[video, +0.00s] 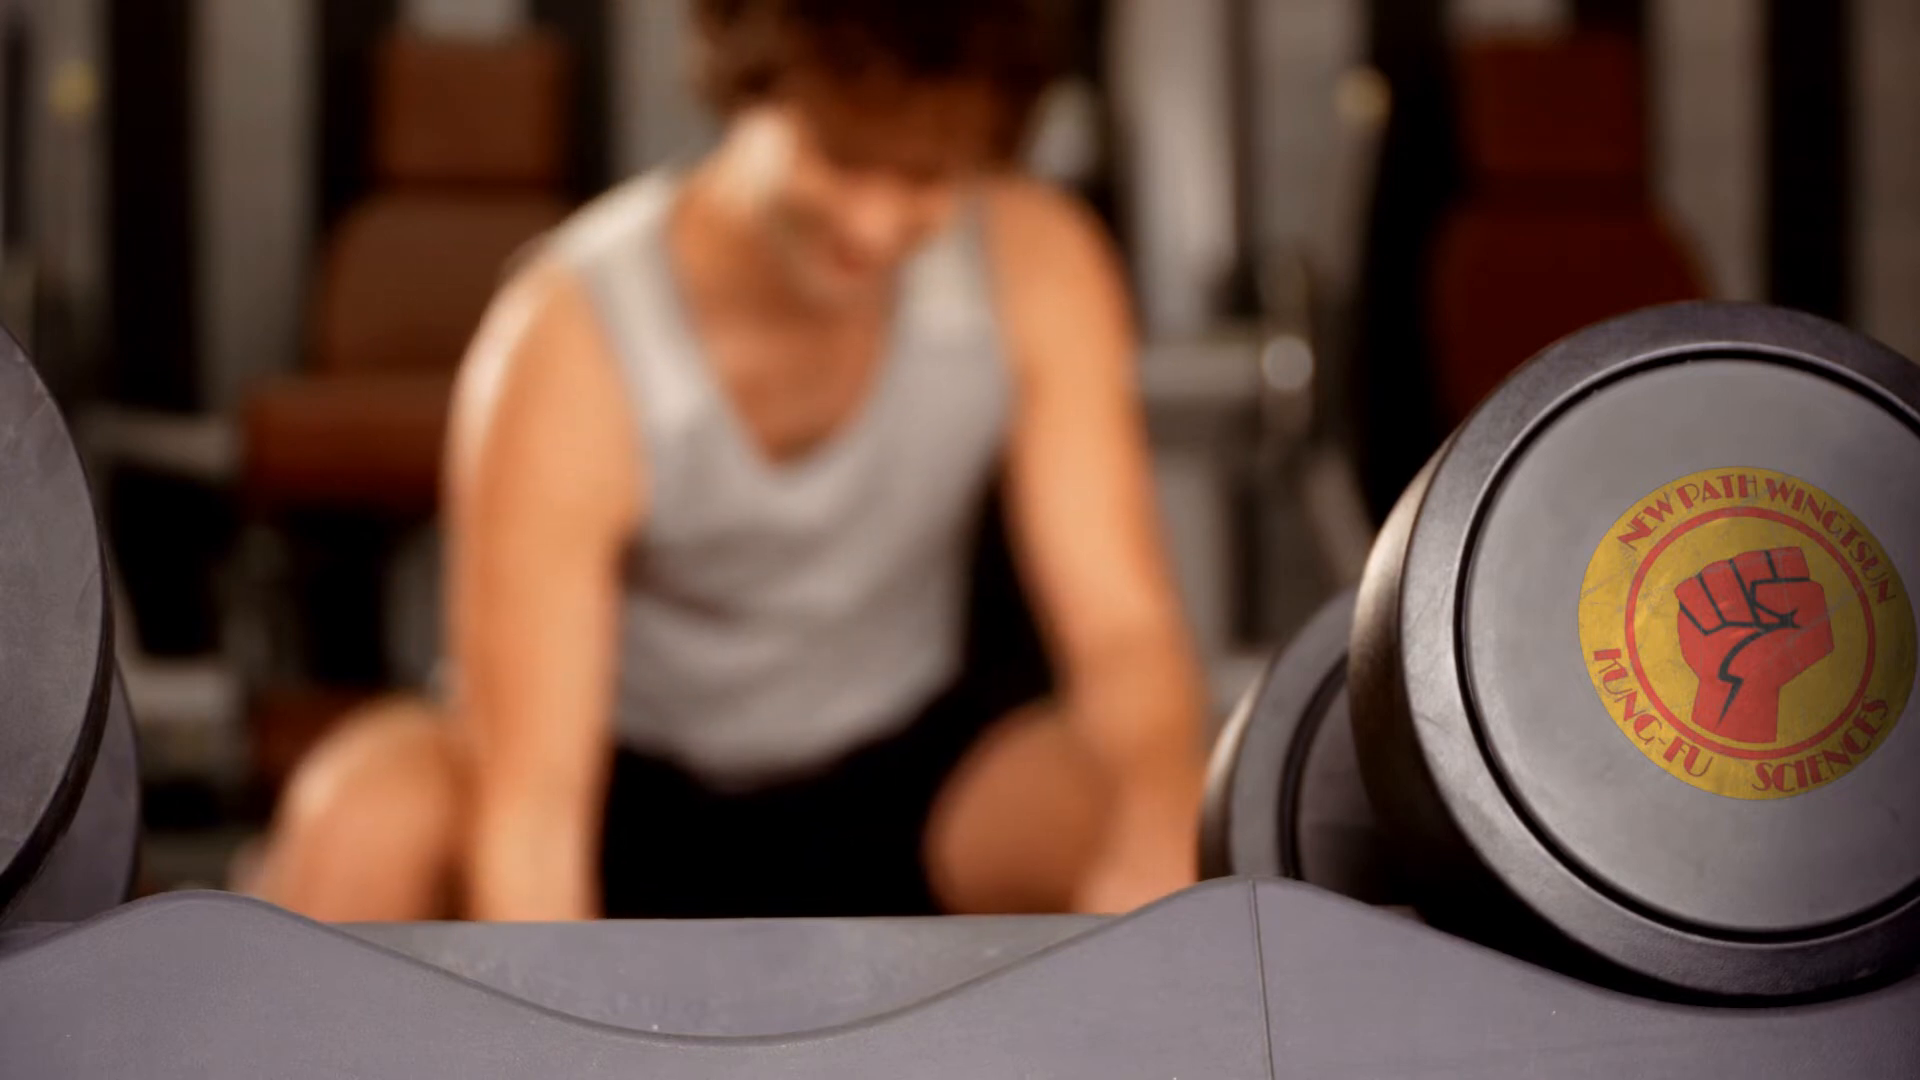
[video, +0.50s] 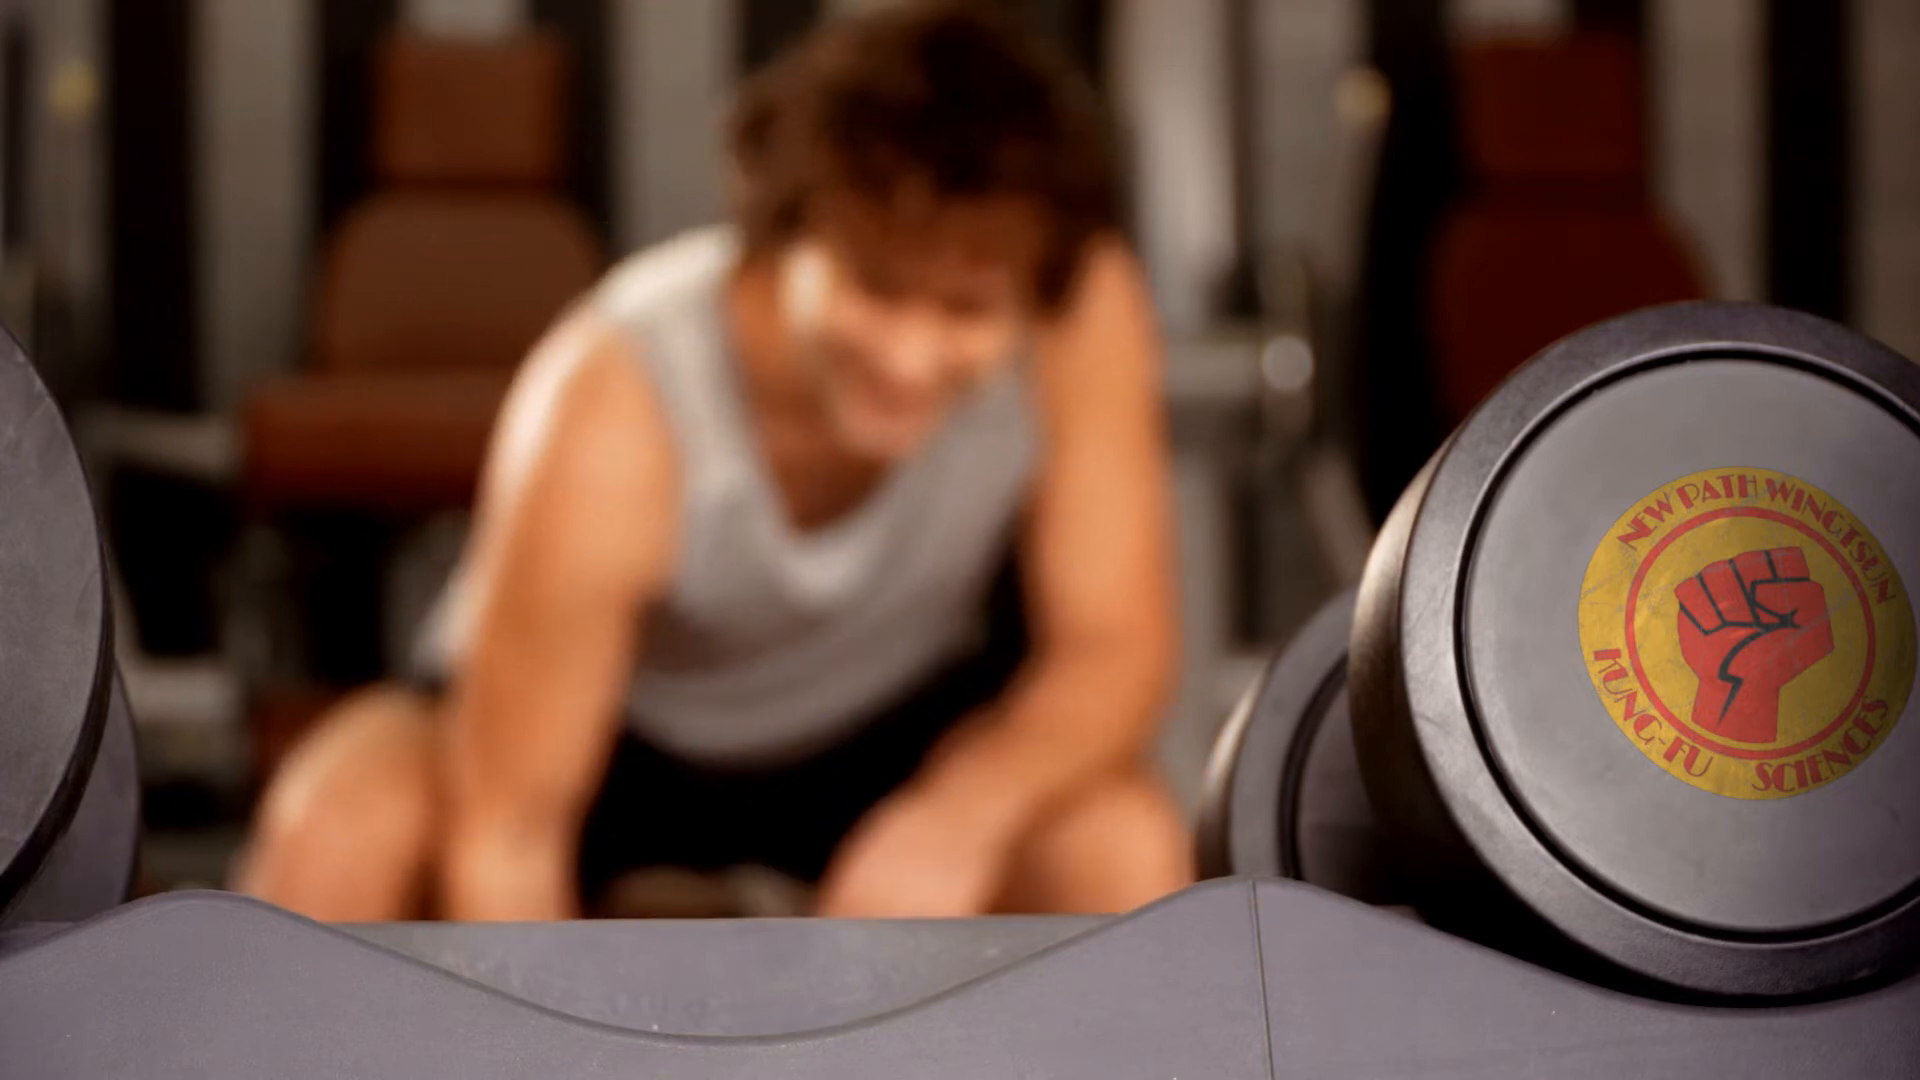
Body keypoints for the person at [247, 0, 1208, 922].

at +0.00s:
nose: (877, 225)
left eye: (928, 179)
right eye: (840, 163)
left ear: (989, 150)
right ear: (747, 89)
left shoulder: (1033, 258)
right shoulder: (565, 344)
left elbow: (1123, 643)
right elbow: (532, 801)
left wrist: (1147, 867)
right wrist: (554, 1064)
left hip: (895, 784)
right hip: (619, 797)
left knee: (1163, 805)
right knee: (363, 804)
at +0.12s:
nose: (875, 230)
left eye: (927, 185)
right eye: (839, 166)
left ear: (992, 160)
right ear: (750, 98)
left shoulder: (1033, 261)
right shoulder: (568, 345)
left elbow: (1118, 642)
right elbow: (522, 799)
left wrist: (1137, 849)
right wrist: (539, 1063)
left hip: (891, 786)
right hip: (616, 798)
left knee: (1158, 805)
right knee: (353, 801)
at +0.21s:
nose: (880, 257)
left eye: (933, 210)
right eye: (846, 189)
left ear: (999, 188)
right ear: (758, 131)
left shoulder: (1036, 268)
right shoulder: (571, 358)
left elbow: (1113, 650)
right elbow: (515, 807)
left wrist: (1112, 860)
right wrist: (527, 1065)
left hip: (888, 788)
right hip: (612, 800)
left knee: (1145, 812)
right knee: (349, 798)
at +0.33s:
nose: (894, 328)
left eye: (948, 281)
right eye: (857, 262)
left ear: (1015, 266)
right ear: (772, 205)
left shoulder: (1046, 286)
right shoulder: (583, 397)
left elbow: (1101, 661)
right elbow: (508, 830)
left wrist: (1005, 814)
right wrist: (518, 1076)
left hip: (893, 783)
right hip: (613, 796)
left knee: (1138, 829)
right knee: (344, 803)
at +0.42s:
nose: (909, 359)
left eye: (962, 313)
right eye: (870, 293)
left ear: (1025, 293)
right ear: (778, 242)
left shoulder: (1063, 301)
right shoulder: (600, 415)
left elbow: (1105, 655)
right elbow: (508, 838)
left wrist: (963, 821)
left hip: (891, 774)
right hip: (609, 785)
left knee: (1129, 836)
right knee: (338, 810)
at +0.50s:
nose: (916, 354)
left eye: (969, 308)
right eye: (877, 289)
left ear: (1040, 291)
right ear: (788, 239)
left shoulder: (1079, 298)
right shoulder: (612, 398)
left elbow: (1112, 652)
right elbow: (511, 826)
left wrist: (947, 833)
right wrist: (545, 1071)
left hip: (886, 744)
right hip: (594, 746)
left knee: (1127, 847)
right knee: (337, 817)